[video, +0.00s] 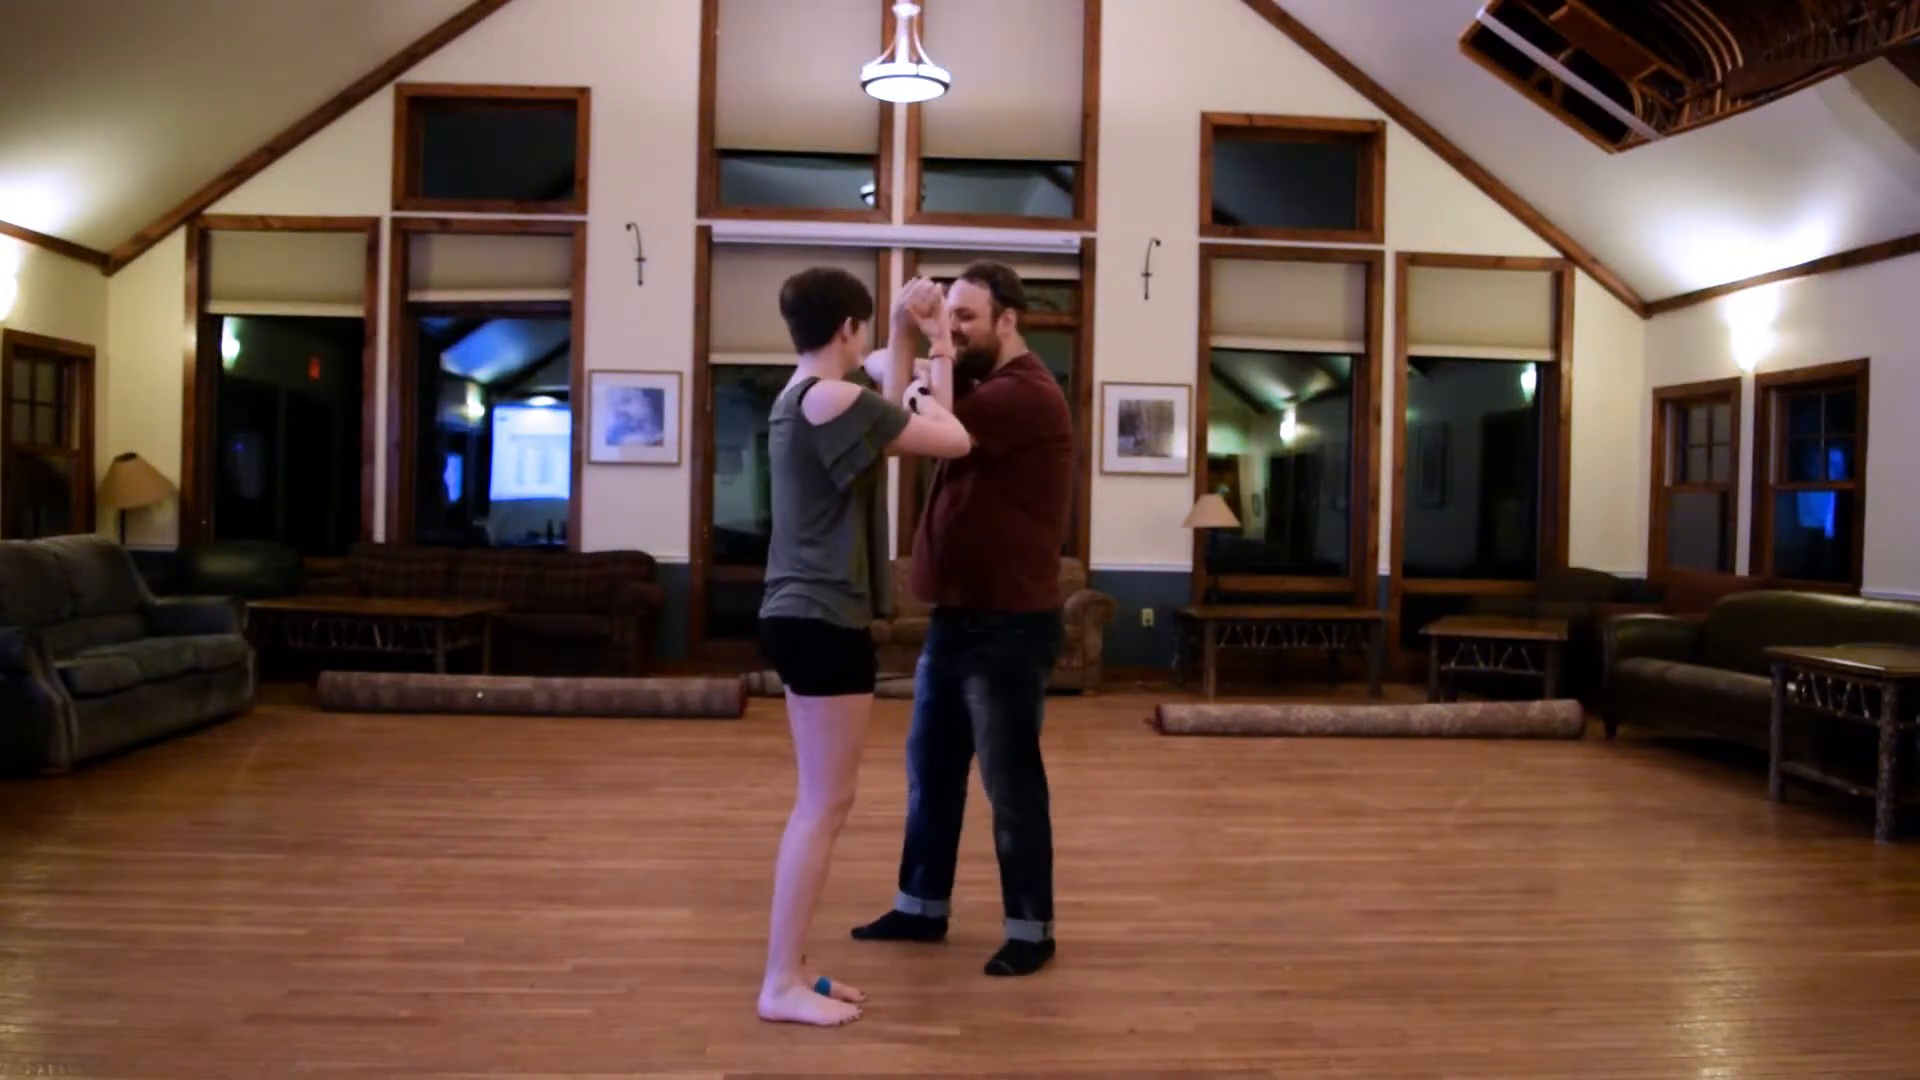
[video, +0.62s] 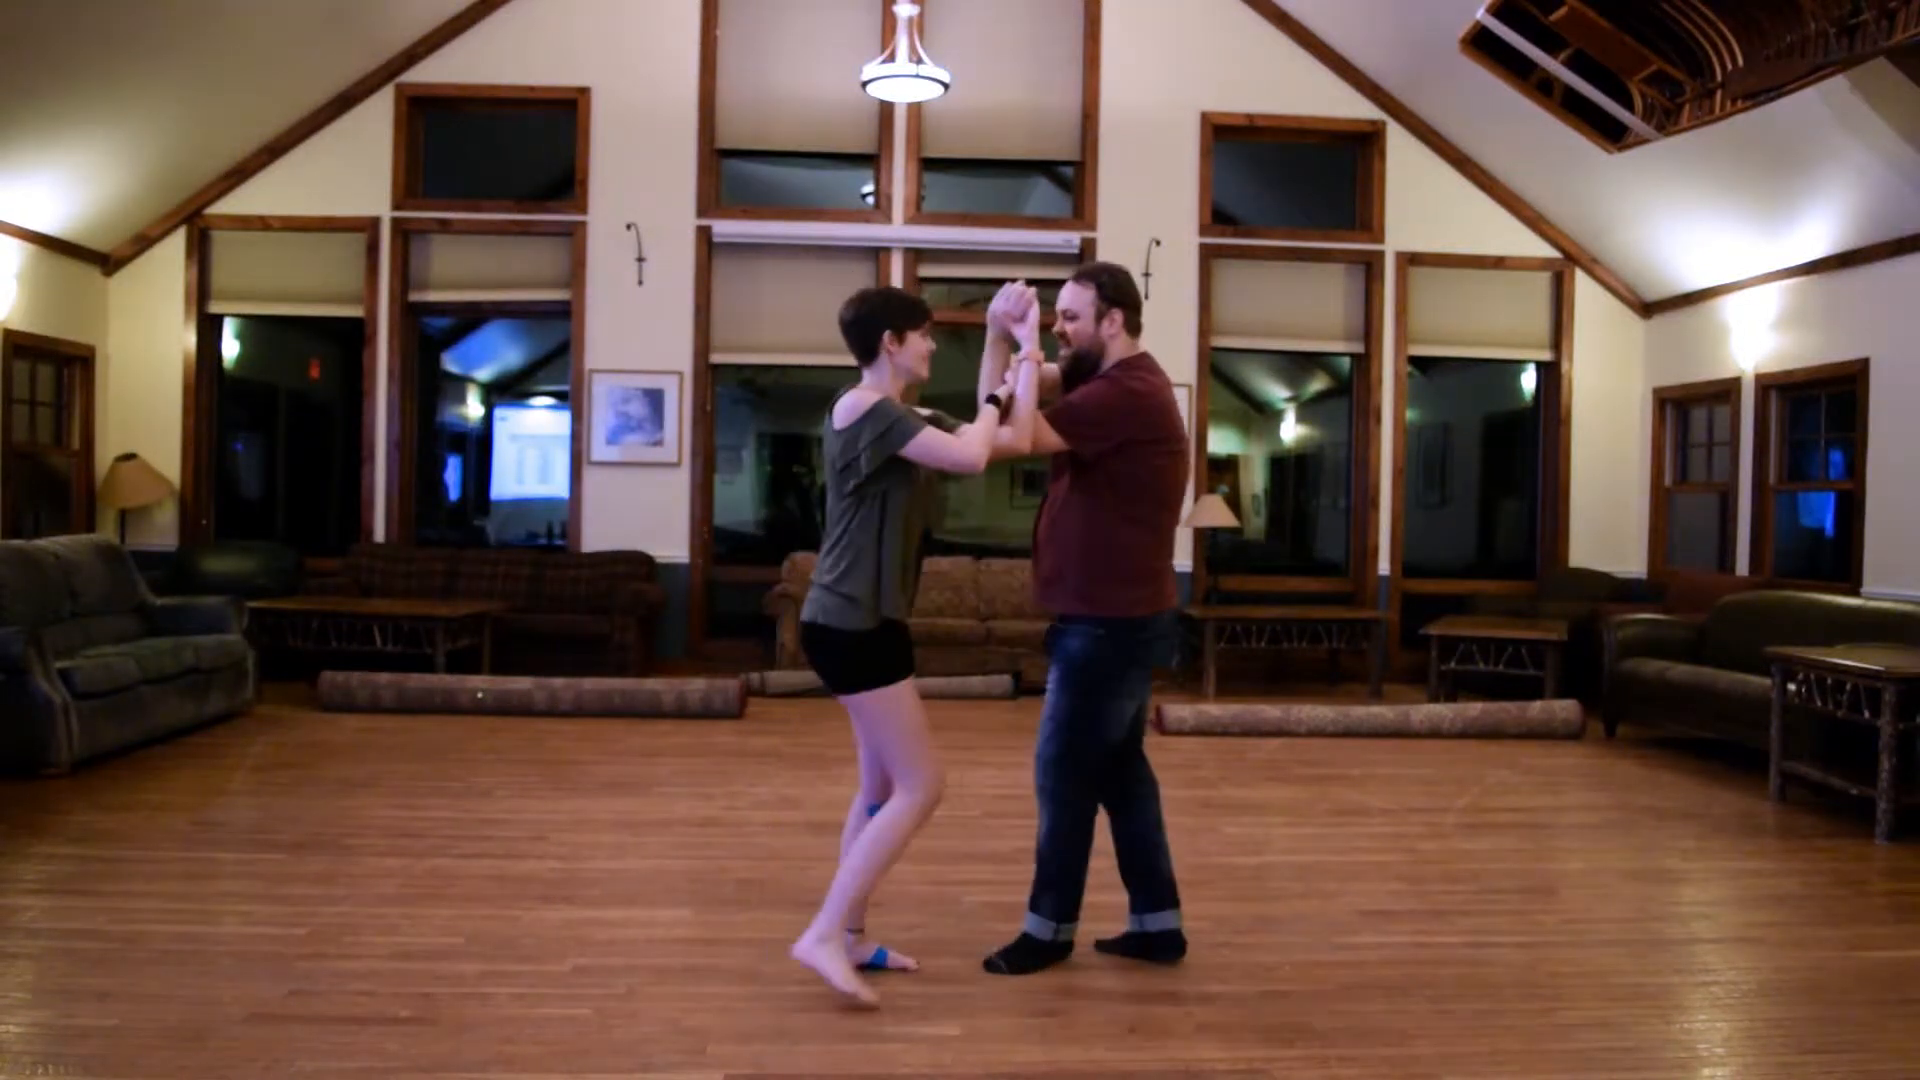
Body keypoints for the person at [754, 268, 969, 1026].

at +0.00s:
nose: (867, 337)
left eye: (867, 325)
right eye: (865, 327)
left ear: (804, 333)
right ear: (851, 331)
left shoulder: (799, 396)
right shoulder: (839, 400)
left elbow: (890, 408)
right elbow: (951, 436)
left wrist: (904, 335)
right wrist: (941, 354)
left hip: (800, 614)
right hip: (825, 621)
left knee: (819, 804)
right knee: (823, 808)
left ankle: (788, 973)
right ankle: (782, 985)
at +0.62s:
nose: (932, 351)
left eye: (932, 339)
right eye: (926, 338)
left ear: (883, 346)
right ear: (892, 344)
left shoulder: (863, 408)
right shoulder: (872, 414)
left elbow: (969, 445)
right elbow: (973, 453)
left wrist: (997, 366)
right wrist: (1010, 367)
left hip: (849, 619)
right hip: (858, 625)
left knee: (878, 786)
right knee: (921, 786)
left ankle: (849, 935)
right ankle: (824, 936)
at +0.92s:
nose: (998, 351)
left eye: (996, 338)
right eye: (990, 338)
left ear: (947, 347)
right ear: (956, 345)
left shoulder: (926, 410)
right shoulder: (934, 418)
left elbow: (1033, 438)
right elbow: (1033, 456)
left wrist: (1051, 349)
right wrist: (1063, 383)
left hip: (909, 619)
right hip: (917, 626)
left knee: (902, 782)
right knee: (981, 782)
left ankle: (847, 932)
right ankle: (1030, 955)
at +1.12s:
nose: (1044, 358)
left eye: (1043, 346)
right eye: (1038, 347)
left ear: (994, 354)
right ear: (1008, 352)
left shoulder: (974, 418)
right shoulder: (991, 425)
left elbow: (1086, 448)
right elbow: (1091, 464)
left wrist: (1100, 364)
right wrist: (1116, 384)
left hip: (972, 626)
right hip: (989, 632)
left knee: (962, 789)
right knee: (1047, 790)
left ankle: (866, 913)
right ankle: (1055, 968)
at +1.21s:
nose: (1063, 357)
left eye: (1062, 345)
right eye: (1059, 345)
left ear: (1015, 352)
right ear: (1032, 350)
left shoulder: (990, 418)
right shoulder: (1015, 425)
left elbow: (1102, 448)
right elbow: (1123, 462)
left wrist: (1111, 363)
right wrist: (1145, 372)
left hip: (999, 623)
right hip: (1020, 629)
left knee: (1020, 797)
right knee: (1067, 791)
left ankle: (902, 890)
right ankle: (1056, 969)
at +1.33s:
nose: (1098, 350)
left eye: (1095, 338)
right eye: (1092, 338)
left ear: (1048, 348)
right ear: (1065, 346)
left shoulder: (1036, 412)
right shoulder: (1047, 421)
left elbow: (1134, 436)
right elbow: (1158, 461)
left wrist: (1142, 351)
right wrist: (1179, 371)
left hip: (1061, 625)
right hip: (1046, 630)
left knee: (1112, 791)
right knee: (1084, 798)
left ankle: (982, 886)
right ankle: (1057, 971)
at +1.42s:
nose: (1118, 349)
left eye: (1117, 337)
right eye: (1113, 337)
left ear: (1066, 347)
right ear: (1086, 344)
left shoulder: (1053, 410)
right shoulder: (1071, 419)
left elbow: (1161, 438)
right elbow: (1187, 454)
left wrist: (1165, 356)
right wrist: (1198, 371)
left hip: (1084, 625)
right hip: (1064, 631)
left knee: (1142, 788)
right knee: (1090, 801)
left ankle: (1045, 913)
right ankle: (1055, 970)